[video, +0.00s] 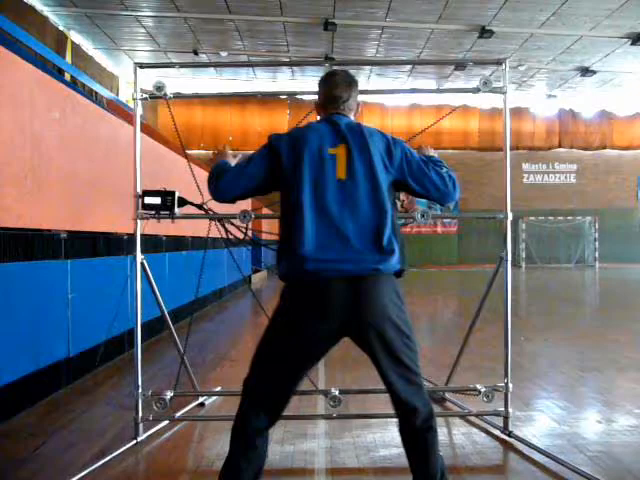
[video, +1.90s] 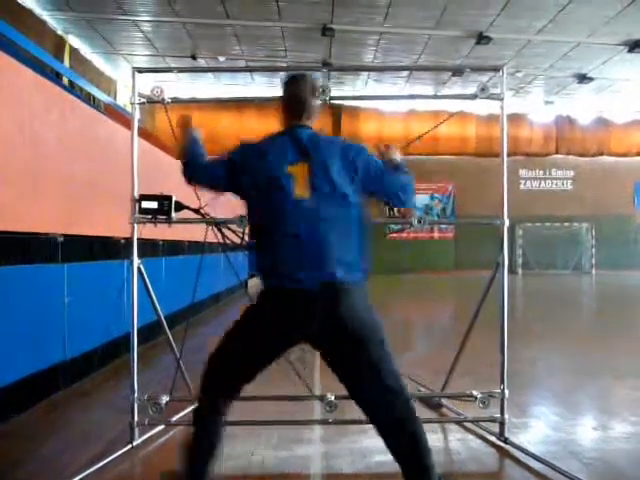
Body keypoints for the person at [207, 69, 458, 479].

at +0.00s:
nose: (342, 106)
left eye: (322, 98)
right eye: (352, 100)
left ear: (317, 103)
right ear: (356, 105)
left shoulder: (290, 145)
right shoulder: (381, 145)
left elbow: (225, 188)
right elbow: (446, 190)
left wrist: (221, 164)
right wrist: (425, 159)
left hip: (310, 293)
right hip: (375, 292)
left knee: (259, 402)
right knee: (413, 399)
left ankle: (237, 476)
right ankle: (432, 475)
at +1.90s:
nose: (306, 109)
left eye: (295, 100)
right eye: (315, 101)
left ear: (282, 107)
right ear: (319, 109)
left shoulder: (256, 158)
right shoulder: (345, 154)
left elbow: (200, 173)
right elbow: (403, 195)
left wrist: (193, 146)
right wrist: (397, 166)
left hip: (282, 301)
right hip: (343, 301)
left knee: (220, 379)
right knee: (387, 397)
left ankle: (196, 472)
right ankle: (423, 474)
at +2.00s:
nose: (276, 119)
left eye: (264, 114)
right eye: (276, 115)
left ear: (241, 121)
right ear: (276, 122)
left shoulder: (222, 159)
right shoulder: (296, 166)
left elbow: (190, 141)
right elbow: (343, 221)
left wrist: (165, 110)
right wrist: (374, 202)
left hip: (254, 296)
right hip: (306, 294)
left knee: (196, 392)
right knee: (368, 389)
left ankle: (150, 471)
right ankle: (417, 471)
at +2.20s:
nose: (284, 147)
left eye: (283, 139)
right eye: (281, 140)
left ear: (242, 145)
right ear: (272, 144)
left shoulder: (210, 187)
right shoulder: (289, 188)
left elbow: (169, 194)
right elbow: (312, 247)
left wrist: (162, 159)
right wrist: (365, 231)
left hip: (229, 314)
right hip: (282, 316)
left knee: (171, 395)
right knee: (347, 400)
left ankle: (141, 472)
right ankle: (377, 472)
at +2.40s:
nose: (337, 121)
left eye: (336, 114)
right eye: (336, 114)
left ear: (295, 114)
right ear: (329, 116)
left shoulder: (266, 150)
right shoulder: (344, 152)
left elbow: (228, 141)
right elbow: (398, 193)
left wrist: (266, 120)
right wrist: (400, 161)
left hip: (287, 287)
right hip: (336, 286)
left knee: (240, 374)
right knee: (370, 358)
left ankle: (233, 472)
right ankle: (358, 461)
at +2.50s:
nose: (365, 110)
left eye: (361, 103)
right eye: (364, 104)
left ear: (325, 105)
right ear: (360, 106)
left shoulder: (293, 135)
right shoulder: (369, 145)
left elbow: (242, 116)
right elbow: (436, 175)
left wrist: (257, 81)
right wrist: (438, 148)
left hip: (298, 278)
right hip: (351, 279)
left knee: (264, 373)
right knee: (415, 358)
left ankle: (235, 469)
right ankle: (423, 448)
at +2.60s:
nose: (399, 113)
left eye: (393, 106)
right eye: (402, 108)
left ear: (373, 115)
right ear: (407, 117)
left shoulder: (343, 145)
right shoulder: (424, 151)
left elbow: (285, 163)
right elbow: (463, 140)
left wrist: (245, 144)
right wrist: (481, 104)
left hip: (331, 282)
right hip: (383, 286)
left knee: (267, 371)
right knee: (440, 387)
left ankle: (199, 464)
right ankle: (489, 469)